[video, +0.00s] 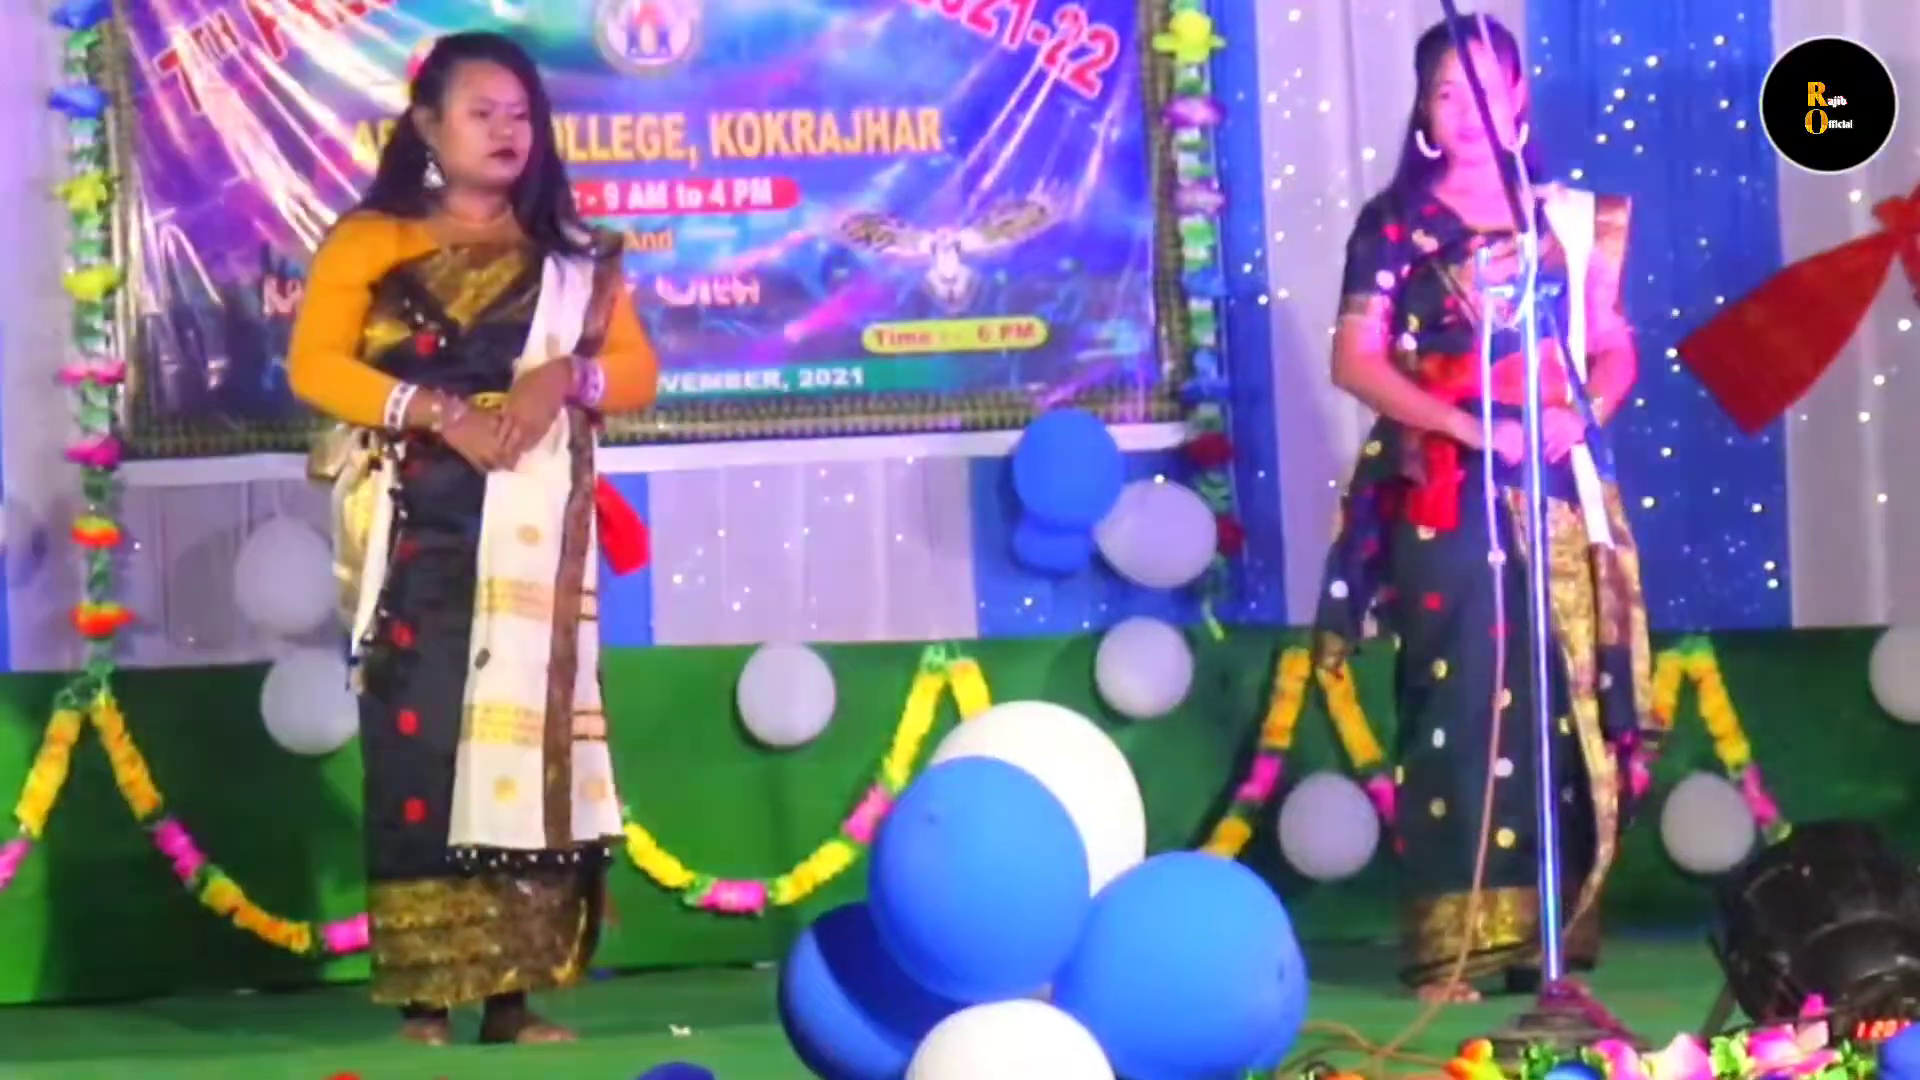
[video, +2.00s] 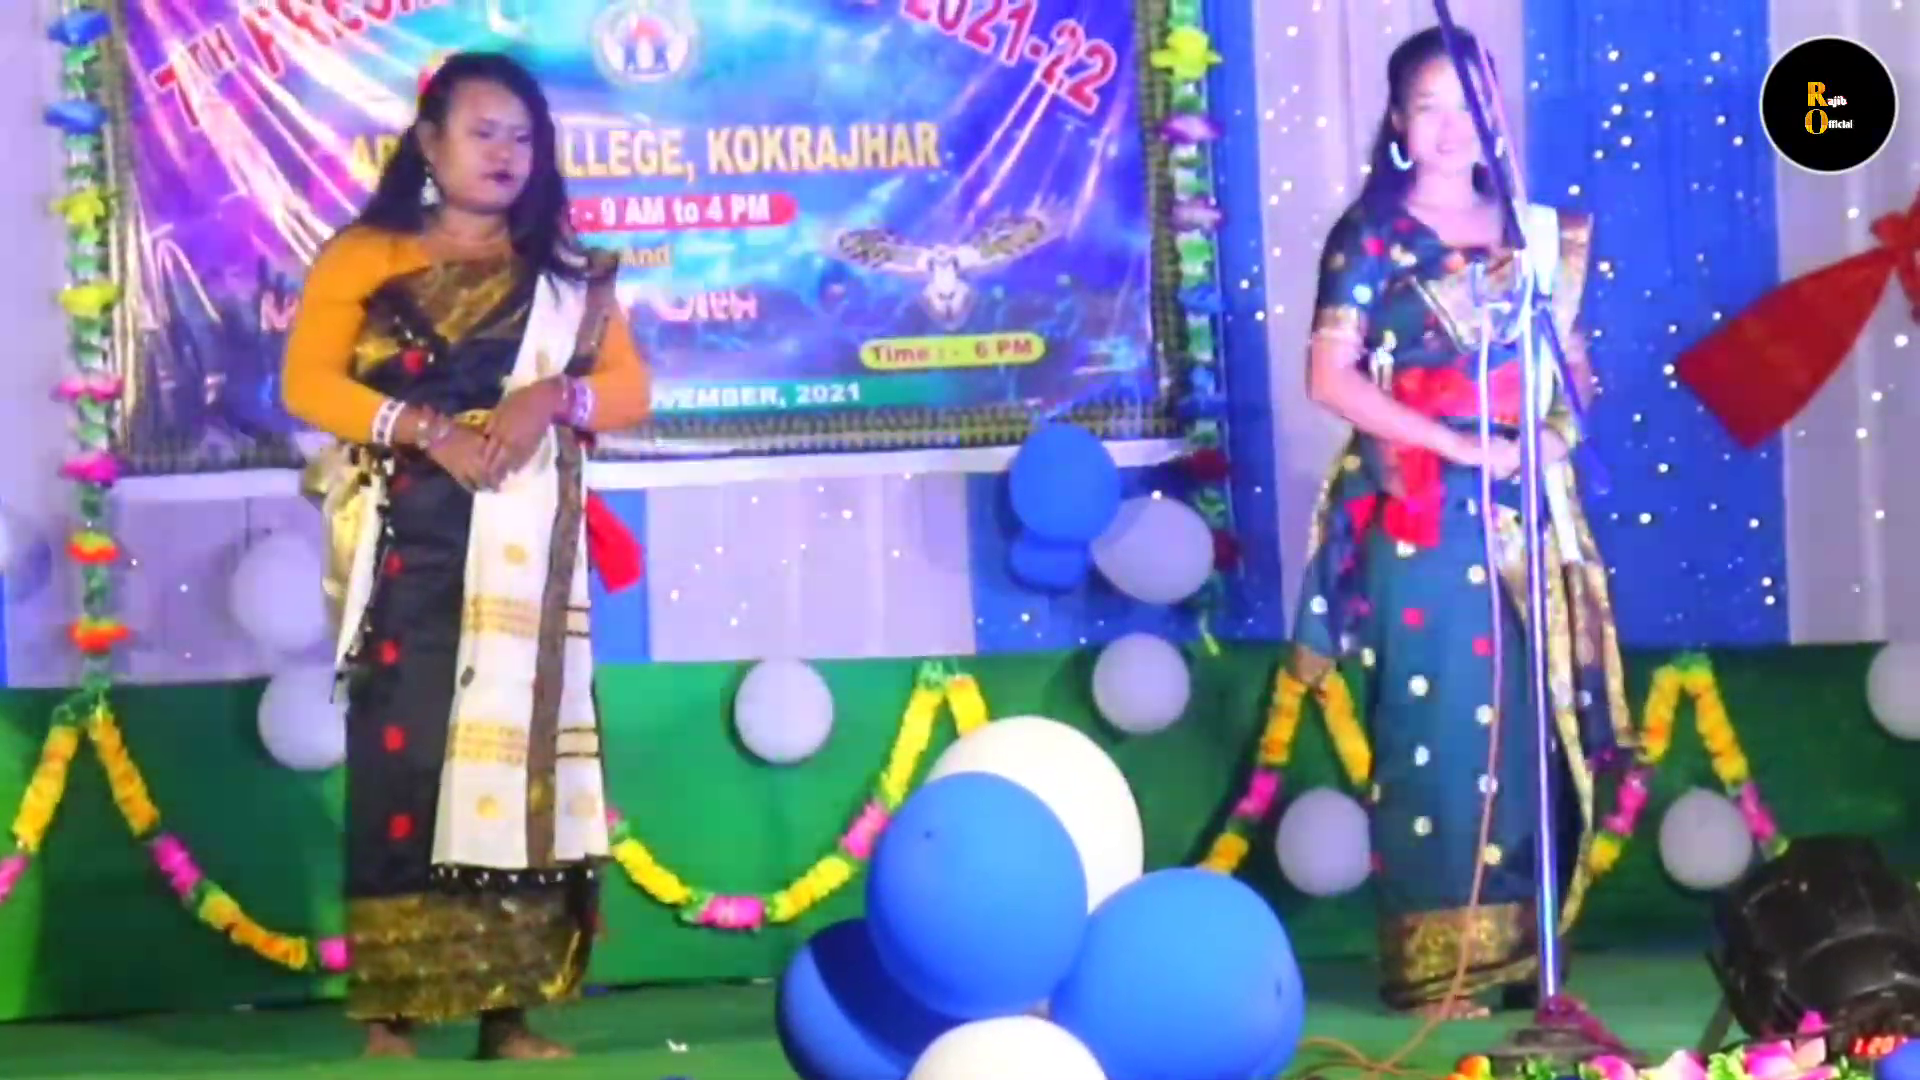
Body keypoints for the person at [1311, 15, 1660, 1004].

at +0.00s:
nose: (1452, 108)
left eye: (1472, 91)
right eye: (1440, 92)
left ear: (1514, 101)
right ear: (1422, 102)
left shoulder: (1568, 215)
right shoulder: (1394, 221)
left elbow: (1614, 351)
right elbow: (1354, 361)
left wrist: (1576, 419)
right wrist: (1471, 426)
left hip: (1555, 494)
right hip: (1446, 495)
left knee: (1563, 706)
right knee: (1452, 708)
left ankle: (1558, 949)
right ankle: (1449, 943)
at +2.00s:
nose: (1444, 127)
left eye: (1460, 109)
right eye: (1425, 110)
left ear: (1488, 117)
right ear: (1399, 120)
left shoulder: (1530, 229)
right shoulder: (1371, 235)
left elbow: (1566, 382)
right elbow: (1329, 377)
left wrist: (1568, 301)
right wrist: (1458, 443)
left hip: (1531, 510)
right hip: (1427, 515)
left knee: (1538, 723)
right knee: (1441, 726)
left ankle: (1529, 957)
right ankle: (1440, 963)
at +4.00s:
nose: (1454, 122)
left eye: (1469, 104)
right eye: (1434, 104)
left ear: (1490, 114)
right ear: (1397, 117)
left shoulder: (1522, 228)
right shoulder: (1370, 235)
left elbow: (1568, 387)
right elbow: (1331, 368)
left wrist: (1562, 323)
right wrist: (1463, 429)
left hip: (1524, 515)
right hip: (1421, 517)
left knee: (1533, 728)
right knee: (1438, 730)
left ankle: (1525, 963)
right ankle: (1434, 967)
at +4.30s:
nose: (1466, 131)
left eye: (1481, 111)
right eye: (1446, 112)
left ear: (1504, 119)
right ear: (1413, 125)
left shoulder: (1520, 234)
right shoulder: (1401, 235)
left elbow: (1548, 372)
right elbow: (1367, 385)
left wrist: (1550, 434)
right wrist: (1478, 459)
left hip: (1516, 512)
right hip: (1432, 515)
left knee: (1520, 727)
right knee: (1438, 729)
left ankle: (1512, 955)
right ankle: (1428, 963)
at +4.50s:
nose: (1503, 139)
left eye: (1510, 119)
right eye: (1478, 125)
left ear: (1530, 129)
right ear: (1441, 145)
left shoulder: (1525, 248)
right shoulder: (1448, 244)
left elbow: (1536, 390)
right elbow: (1441, 391)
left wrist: (1609, 446)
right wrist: (1549, 435)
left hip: (1513, 529)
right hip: (1460, 531)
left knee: (1563, 727)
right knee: (1554, 727)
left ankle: (1451, 907)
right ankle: (1477, 929)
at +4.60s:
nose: (1524, 113)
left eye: (1529, 93)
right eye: (1502, 101)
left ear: (1541, 99)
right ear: (1459, 122)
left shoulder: (1535, 210)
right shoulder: (1457, 207)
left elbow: (1626, 332)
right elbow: (1491, 330)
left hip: (1544, 505)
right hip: (1480, 508)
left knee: (1536, 712)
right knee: (1571, 699)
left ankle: (1496, 944)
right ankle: (1487, 930)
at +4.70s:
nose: (1539, 129)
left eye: (1543, 109)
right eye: (1516, 114)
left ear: (1551, 113)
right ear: (1469, 130)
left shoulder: (1522, 226)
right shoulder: (1462, 228)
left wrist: (1596, 296)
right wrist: (1593, 306)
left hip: (1549, 531)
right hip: (1495, 542)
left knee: (1567, 739)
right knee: (1564, 740)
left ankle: (1513, 959)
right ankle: (1502, 964)